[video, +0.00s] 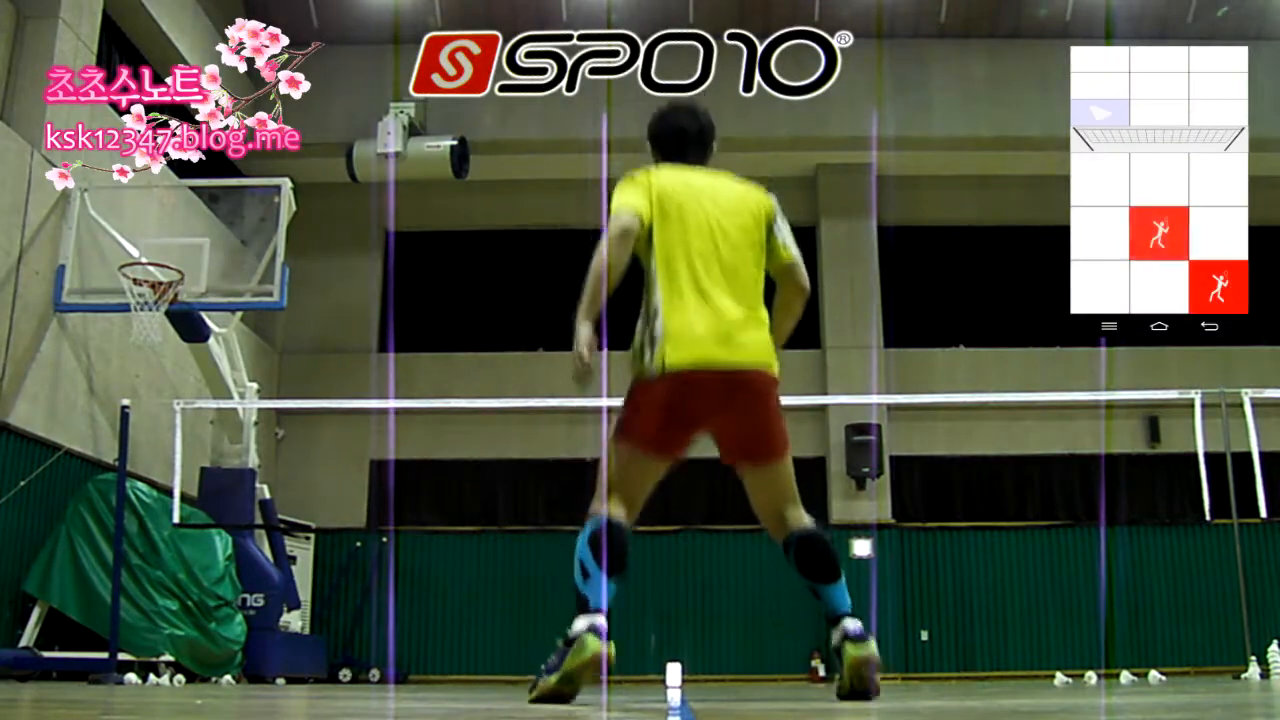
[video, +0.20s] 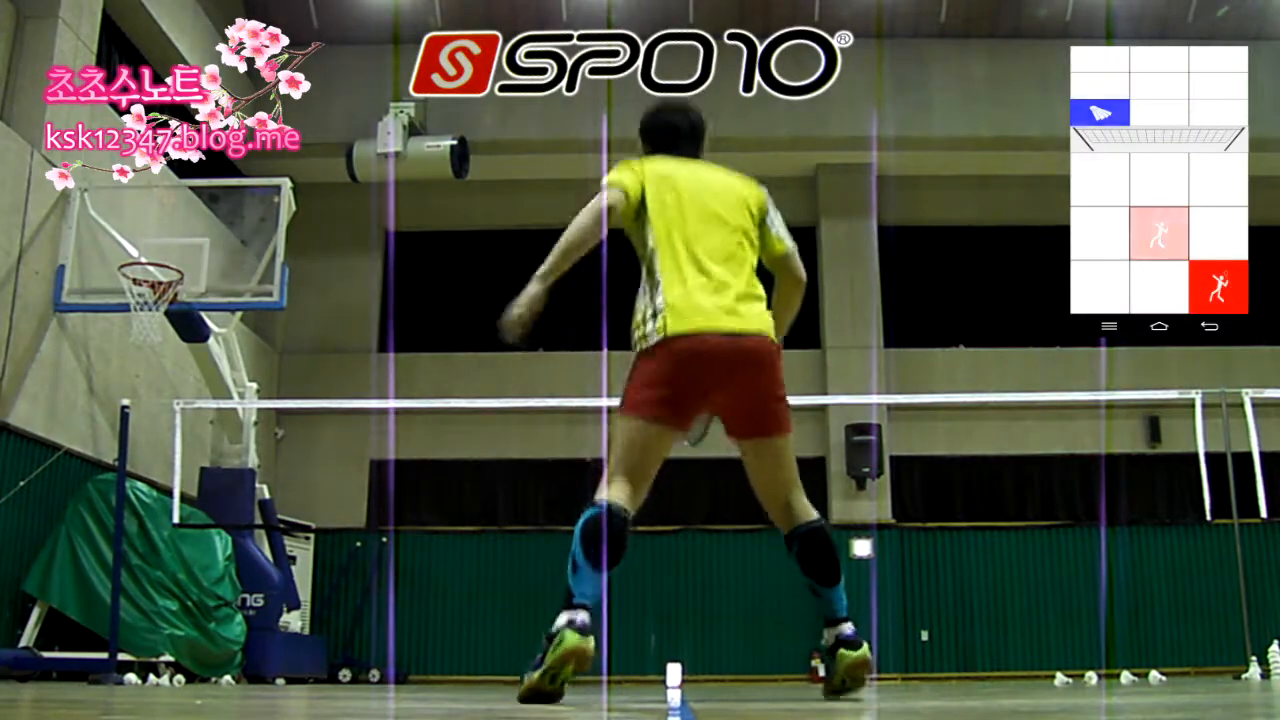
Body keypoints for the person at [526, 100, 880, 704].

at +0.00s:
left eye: (653, 149)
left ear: (655, 149)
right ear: (711, 149)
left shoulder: (643, 183)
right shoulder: (755, 197)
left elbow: (622, 233)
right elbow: (797, 284)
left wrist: (585, 319)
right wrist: (762, 350)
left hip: (673, 370)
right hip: (752, 372)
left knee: (616, 503)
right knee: (789, 515)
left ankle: (590, 625)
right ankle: (849, 627)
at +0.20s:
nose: (640, 153)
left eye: (641, 144)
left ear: (646, 145)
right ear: (701, 146)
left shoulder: (639, 172)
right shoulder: (748, 190)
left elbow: (601, 210)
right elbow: (793, 278)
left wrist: (539, 283)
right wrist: (763, 345)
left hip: (676, 341)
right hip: (754, 347)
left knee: (623, 485)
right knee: (789, 501)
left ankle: (576, 616)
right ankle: (843, 630)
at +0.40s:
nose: (639, 234)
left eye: (640, 226)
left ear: (645, 224)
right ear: (701, 225)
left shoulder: (638, 246)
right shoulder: (748, 266)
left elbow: (604, 281)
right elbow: (802, 350)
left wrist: (535, 348)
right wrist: (769, 408)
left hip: (682, 399)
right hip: (763, 401)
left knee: (609, 527)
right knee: (783, 527)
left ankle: (578, 638)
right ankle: (847, 644)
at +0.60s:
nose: (645, 230)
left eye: (646, 221)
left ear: (651, 217)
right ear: (706, 216)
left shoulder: (649, 236)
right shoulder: (757, 255)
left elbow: (620, 275)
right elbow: (806, 337)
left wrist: (564, 348)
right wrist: (779, 401)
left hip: (689, 397)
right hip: (770, 398)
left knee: (618, 523)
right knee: (788, 524)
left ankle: (581, 631)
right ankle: (849, 644)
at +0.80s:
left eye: (654, 202)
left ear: (658, 198)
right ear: (713, 193)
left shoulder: (654, 223)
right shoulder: (766, 232)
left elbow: (622, 274)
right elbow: (817, 311)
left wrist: (568, 348)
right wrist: (817, 382)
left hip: (676, 380)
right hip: (761, 379)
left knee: (621, 523)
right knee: (825, 512)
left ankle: (553, 643)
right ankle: (880, 637)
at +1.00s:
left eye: (752, 190)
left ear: (750, 196)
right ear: (804, 183)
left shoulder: (734, 248)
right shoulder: (853, 215)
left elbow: (694, 337)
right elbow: (937, 213)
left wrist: (669, 397)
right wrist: (915, 186)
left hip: (745, 407)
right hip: (832, 407)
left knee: (669, 538)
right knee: (877, 530)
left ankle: (568, 642)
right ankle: (875, 652)